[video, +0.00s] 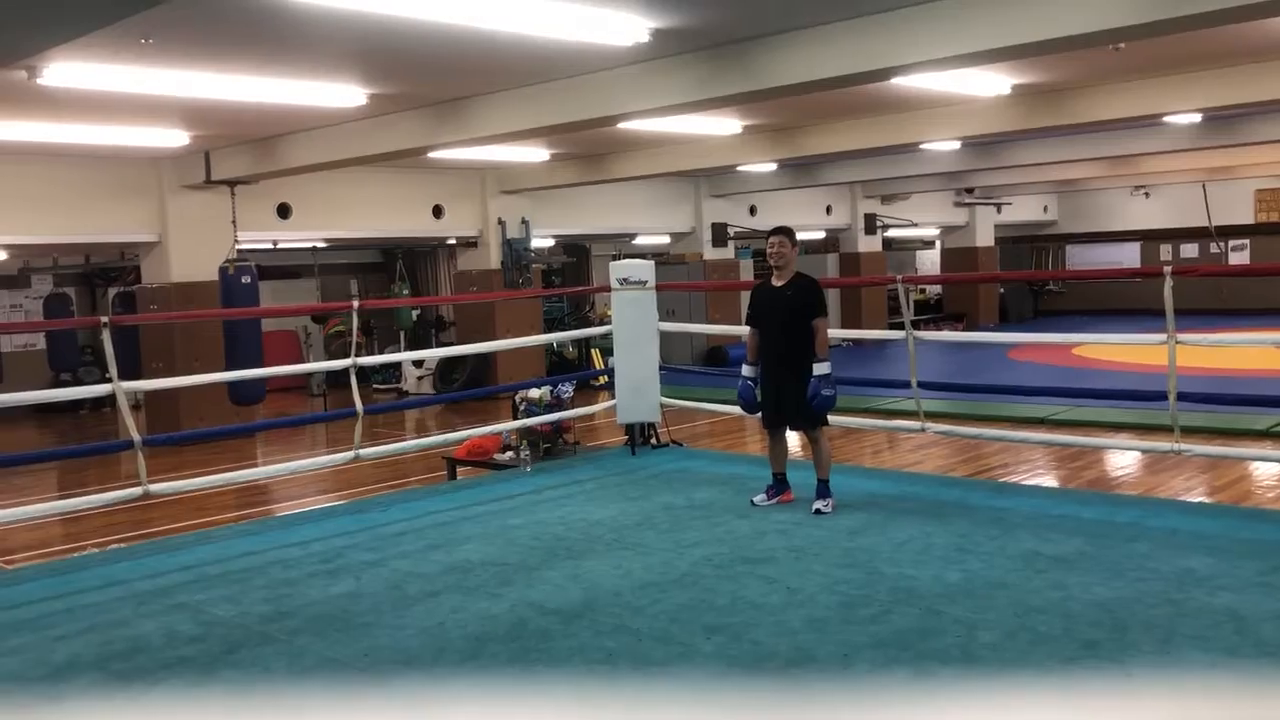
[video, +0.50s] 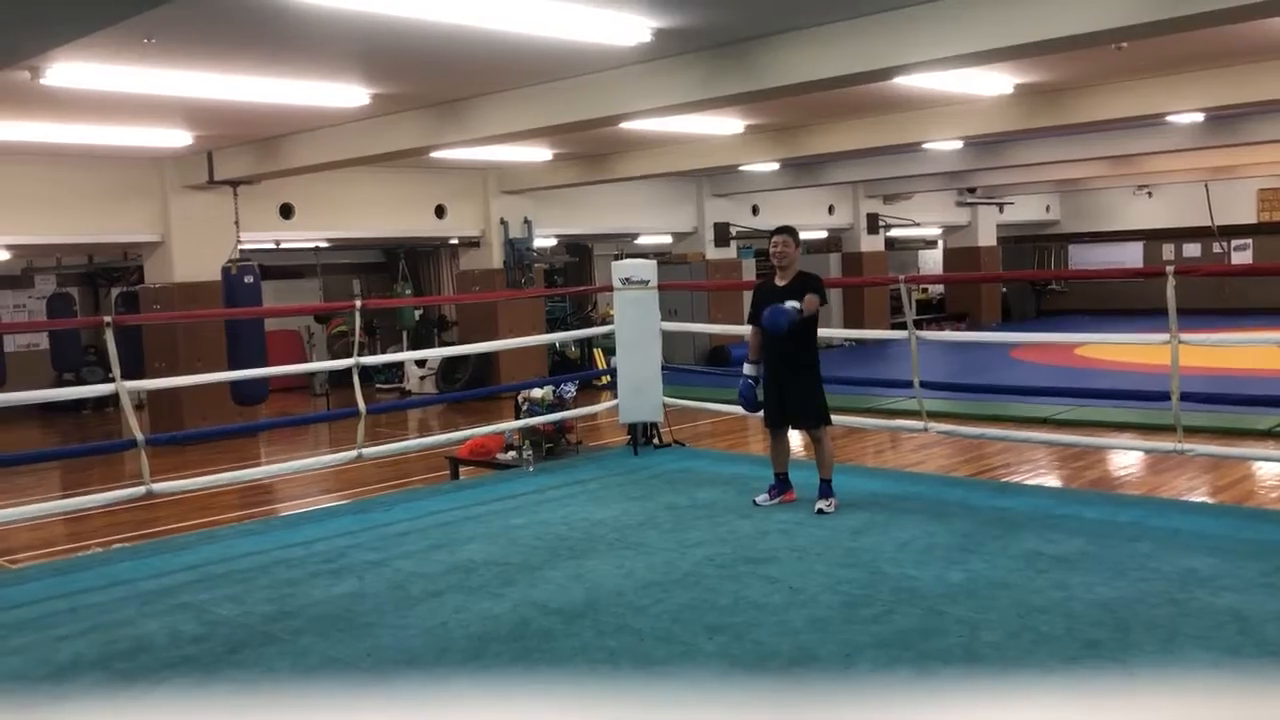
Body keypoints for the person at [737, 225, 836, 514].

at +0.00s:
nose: (775, 250)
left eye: (781, 245)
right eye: (771, 246)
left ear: (794, 250)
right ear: (766, 252)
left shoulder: (809, 286)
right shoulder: (760, 291)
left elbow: (821, 331)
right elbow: (753, 335)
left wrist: (823, 373)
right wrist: (748, 376)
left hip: (803, 373)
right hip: (771, 374)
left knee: (814, 432)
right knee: (774, 431)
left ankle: (823, 491)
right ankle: (779, 485)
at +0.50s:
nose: (778, 250)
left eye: (785, 245)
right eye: (774, 245)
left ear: (797, 250)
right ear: (769, 251)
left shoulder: (810, 281)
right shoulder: (762, 289)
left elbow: (812, 303)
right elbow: (755, 333)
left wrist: (795, 310)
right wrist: (750, 375)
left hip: (804, 370)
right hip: (773, 371)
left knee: (816, 431)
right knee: (776, 429)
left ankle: (826, 491)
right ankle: (781, 485)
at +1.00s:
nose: (777, 249)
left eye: (784, 244)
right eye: (773, 245)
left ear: (796, 249)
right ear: (767, 251)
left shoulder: (809, 280)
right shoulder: (764, 290)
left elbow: (808, 301)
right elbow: (759, 334)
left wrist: (786, 312)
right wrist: (755, 374)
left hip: (802, 367)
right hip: (772, 368)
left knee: (815, 430)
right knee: (775, 428)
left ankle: (824, 489)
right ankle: (780, 484)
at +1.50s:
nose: (776, 249)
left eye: (782, 244)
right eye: (772, 244)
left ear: (794, 249)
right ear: (766, 251)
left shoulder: (809, 285)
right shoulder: (761, 289)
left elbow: (822, 331)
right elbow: (756, 333)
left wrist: (829, 371)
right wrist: (751, 374)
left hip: (804, 371)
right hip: (773, 373)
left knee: (815, 430)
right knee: (776, 429)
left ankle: (825, 488)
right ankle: (781, 483)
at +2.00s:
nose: (778, 250)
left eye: (784, 244)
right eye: (773, 245)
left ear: (795, 248)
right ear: (767, 250)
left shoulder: (811, 284)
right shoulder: (760, 289)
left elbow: (824, 330)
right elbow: (753, 334)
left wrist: (829, 371)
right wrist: (748, 374)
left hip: (805, 371)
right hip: (773, 372)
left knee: (816, 430)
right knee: (776, 429)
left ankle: (825, 488)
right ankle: (781, 483)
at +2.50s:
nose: (777, 250)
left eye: (783, 245)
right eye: (772, 245)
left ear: (794, 249)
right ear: (766, 250)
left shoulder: (808, 284)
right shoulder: (761, 289)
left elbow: (815, 329)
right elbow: (756, 333)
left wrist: (809, 370)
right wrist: (751, 374)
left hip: (800, 369)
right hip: (770, 369)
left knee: (814, 431)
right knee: (774, 429)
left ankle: (824, 490)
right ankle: (780, 484)